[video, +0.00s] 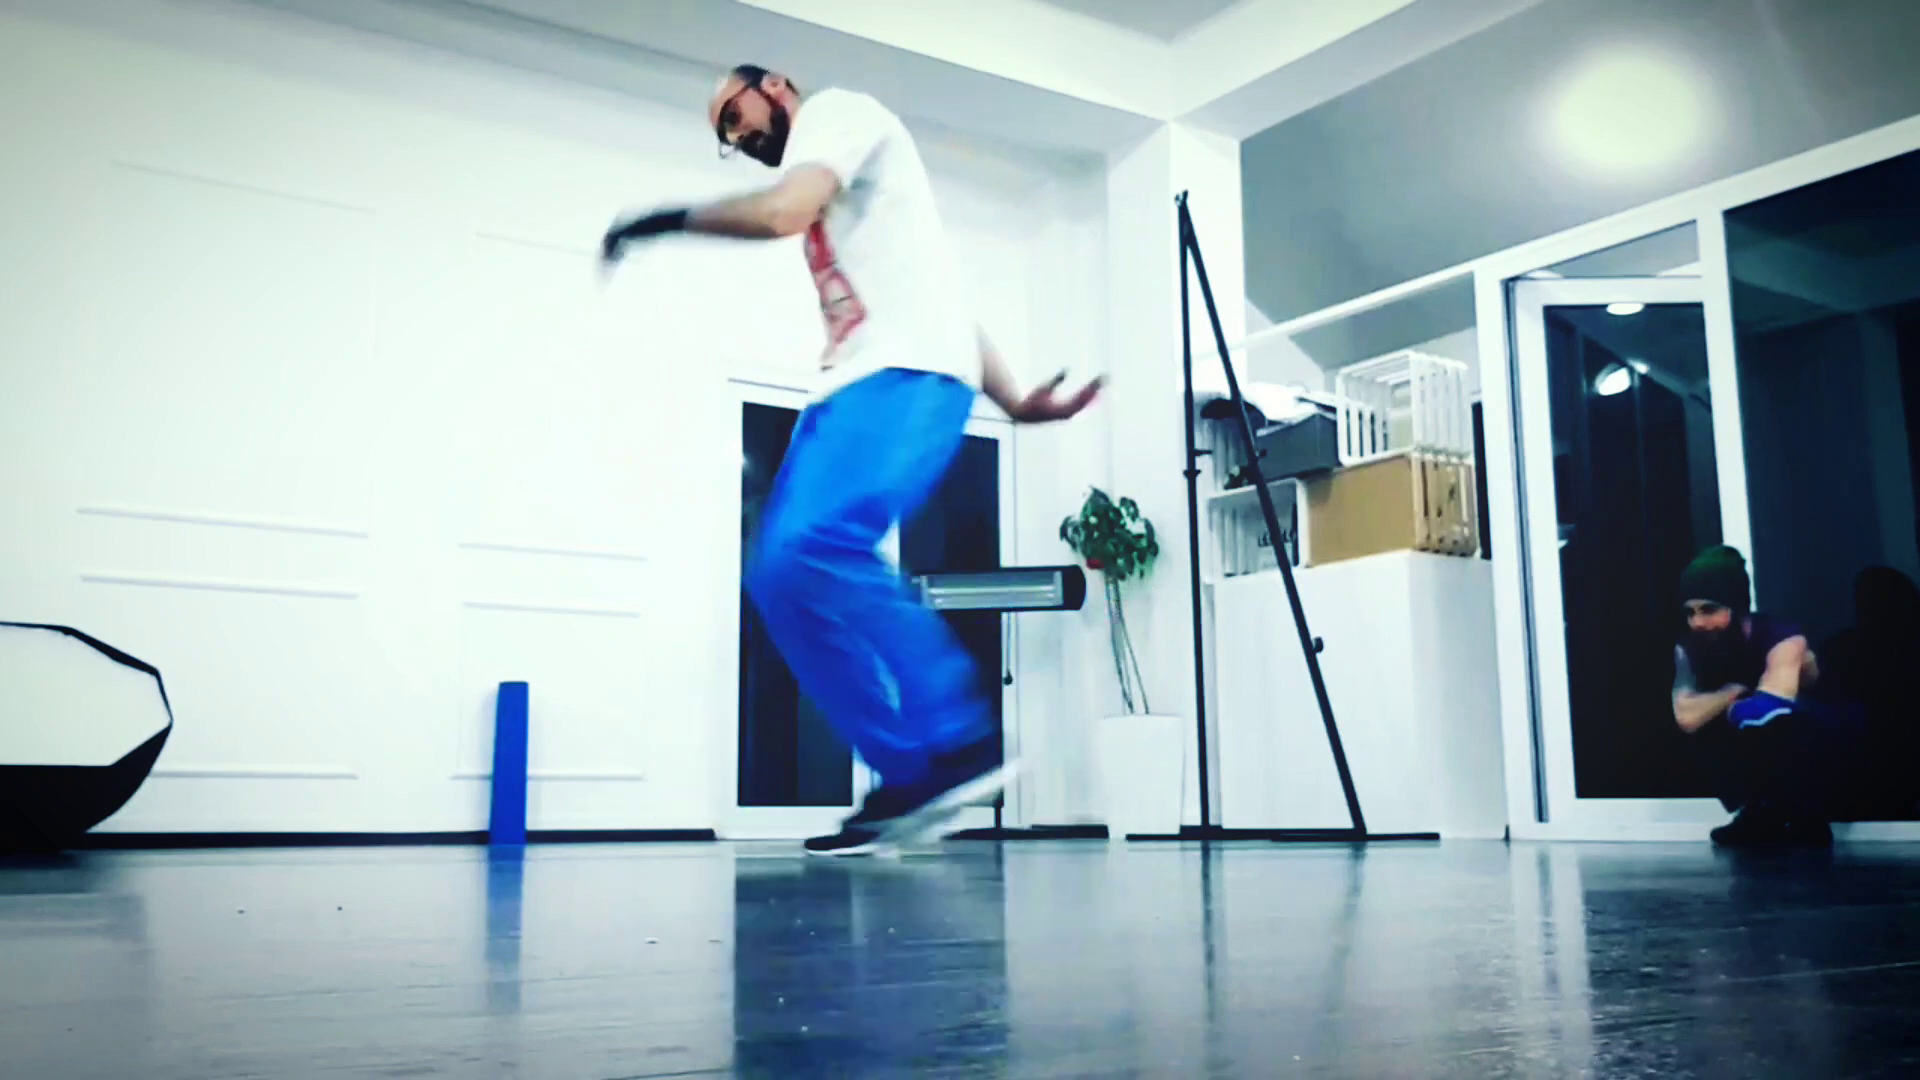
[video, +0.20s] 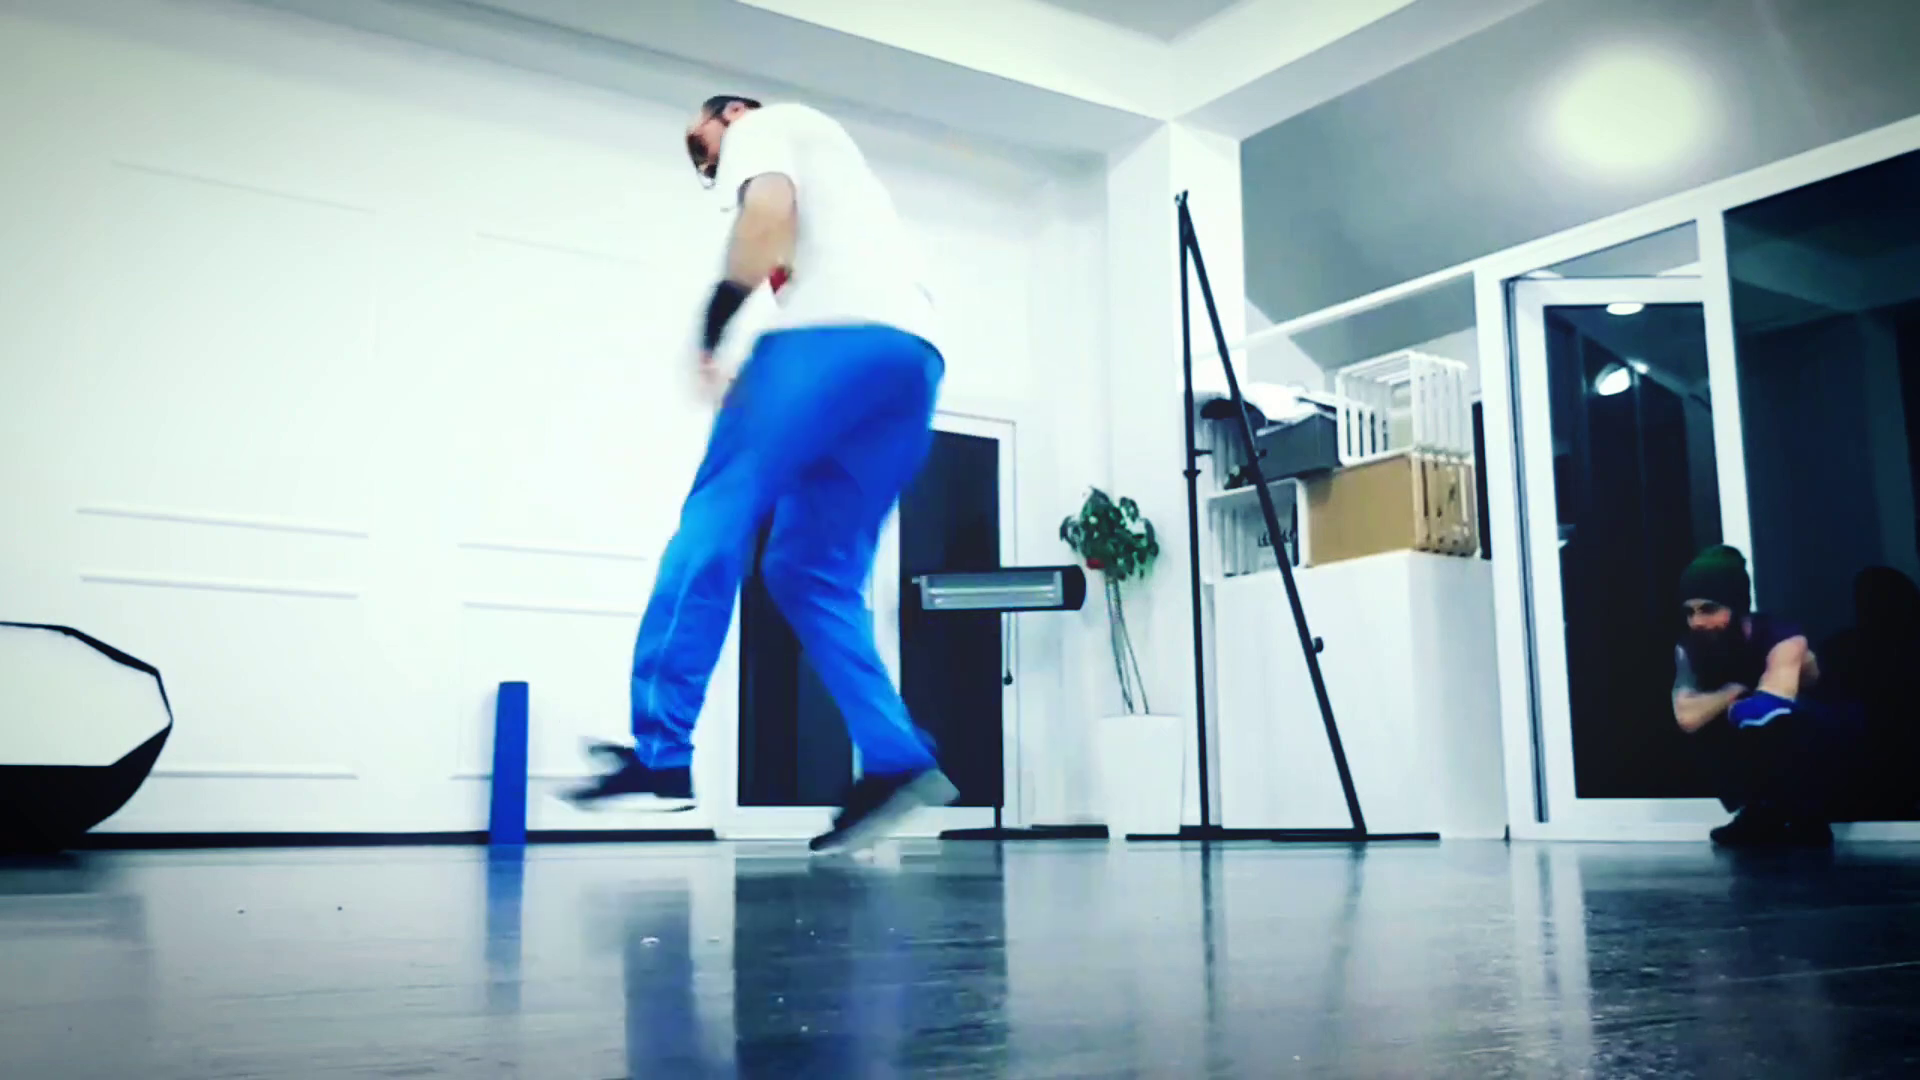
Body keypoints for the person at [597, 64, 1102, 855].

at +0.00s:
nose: (735, 136)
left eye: (735, 114)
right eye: (725, 135)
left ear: (774, 84)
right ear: (744, 143)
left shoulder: (842, 109)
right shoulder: (823, 187)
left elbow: (785, 210)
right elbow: (928, 284)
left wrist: (670, 218)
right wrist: (1016, 401)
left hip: (910, 370)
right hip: (854, 384)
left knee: (813, 546)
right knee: (778, 572)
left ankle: (960, 737)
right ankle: (905, 771)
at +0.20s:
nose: (709, 166)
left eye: (705, 148)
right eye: (702, 162)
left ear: (734, 111)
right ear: (751, 117)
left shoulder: (765, 123)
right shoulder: (837, 164)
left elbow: (768, 215)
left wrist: (715, 326)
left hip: (826, 341)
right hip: (909, 363)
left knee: (712, 533)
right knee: (812, 567)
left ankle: (659, 754)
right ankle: (898, 761)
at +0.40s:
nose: (694, 208)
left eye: (692, 196)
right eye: (691, 200)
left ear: (714, 170)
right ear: (763, 166)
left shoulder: (726, 191)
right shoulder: (832, 214)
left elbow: (731, 271)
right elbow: (772, 362)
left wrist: (749, 365)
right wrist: (654, 395)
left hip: (748, 411)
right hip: (844, 418)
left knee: (742, 611)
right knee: (801, 629)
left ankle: (722, 809)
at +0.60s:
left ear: (748, 143)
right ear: (812, 135)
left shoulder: (694, 174)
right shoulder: (842, 167)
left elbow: (597, 286)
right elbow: (891, 317)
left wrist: (591, 403)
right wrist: (814, 376)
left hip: (669, 362)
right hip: (766, 362)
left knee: (716, 600)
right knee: (788, 577)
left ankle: (719, 805)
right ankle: (611, 527)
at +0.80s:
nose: (868, 100)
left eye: (866, 89)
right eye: (864, 85)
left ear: (797, 66)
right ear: (836, 69)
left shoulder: (721, 120)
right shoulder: (820, 95)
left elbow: (683, 239)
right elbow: (900, 189)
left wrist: (753, 299)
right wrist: (869, 312)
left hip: (626, 341)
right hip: (704, 335)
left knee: (644, 580)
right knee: (800, 531)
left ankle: (527, 780)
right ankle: (800, 772)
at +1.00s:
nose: (869, 60)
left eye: (877, 44)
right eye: (858, 37)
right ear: (804, 23)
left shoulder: (797, 152)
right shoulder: (755, 79)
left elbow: (799, 302)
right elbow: (646, 186)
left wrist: (886, 258)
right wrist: (615, 326)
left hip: (697, 356)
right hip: (717, 344)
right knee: (829, 545)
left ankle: (612, 727)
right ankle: (774, 795)